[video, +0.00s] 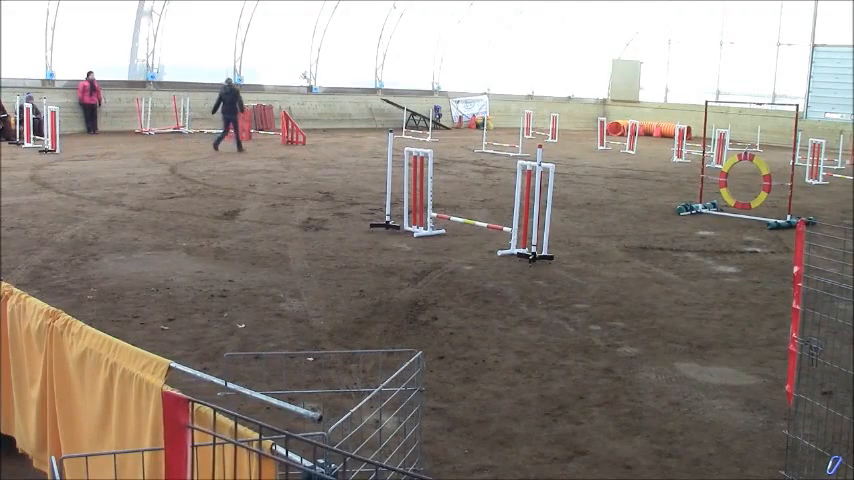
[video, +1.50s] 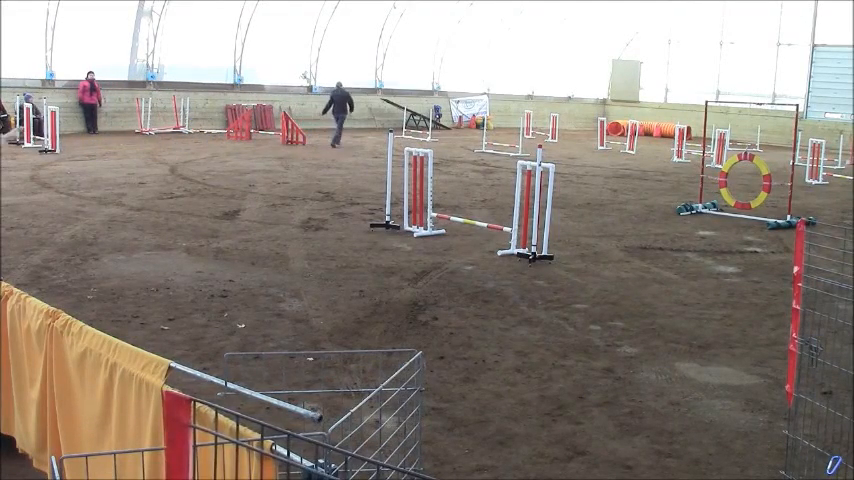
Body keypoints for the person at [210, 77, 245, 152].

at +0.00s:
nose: (229, 84)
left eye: (227, 83)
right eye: (230, 82)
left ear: (225, 83)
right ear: (232, 83)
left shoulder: (223, 90)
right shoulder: (235, 90)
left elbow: (218, 101)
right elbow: (239, 100)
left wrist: (214, 110)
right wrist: (242, 109)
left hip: (225, 113)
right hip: (233, 113)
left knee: (225, 130)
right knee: (236, 130)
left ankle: (216, 143)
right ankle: (239, 146)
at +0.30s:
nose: (246, 86)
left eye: (246, 84)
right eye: (246, 84)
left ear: (248, 84)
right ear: (254, 84)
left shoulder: (246, 92)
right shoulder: (258, 91)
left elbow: (242, 102)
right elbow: (265, 100)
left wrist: (236, 110)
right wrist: (265, 107)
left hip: (249, 111)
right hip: (256, 111)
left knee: (253, 128)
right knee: (253, 128)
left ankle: (257, 143)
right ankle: (245, 144)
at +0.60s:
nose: (268, 86)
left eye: (269, 85)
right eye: (269, 85)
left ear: (269, 85)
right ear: (275, 85)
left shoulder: (268, 92)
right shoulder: (280, 91)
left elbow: (262, 101)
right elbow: (286, 100)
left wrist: (255, 108)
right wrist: (290, 107)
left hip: (270, 112)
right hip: (278, 112)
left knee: (267, 129)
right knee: (281, 129)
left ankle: (262, 144)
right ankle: (282, 145)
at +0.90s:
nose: (290, 87)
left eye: (290, 86)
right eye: (290, 86)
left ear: (291, 86)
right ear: (297, 85)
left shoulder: (291, 92)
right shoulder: (302, 92)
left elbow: (285, 102)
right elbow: (309, 101)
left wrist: (278, 108)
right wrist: (308, 109)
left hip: (292, 111)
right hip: (300, 111)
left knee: (294, 127)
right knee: (294, 127)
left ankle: (296, 141)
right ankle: (287, 141)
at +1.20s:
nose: (318, 86)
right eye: (318, 85)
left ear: (314, 85)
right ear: (319, 85)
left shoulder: (312, 92)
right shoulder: (323, 92)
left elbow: (307, 102)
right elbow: (327, 101)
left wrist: (301, 109)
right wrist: (329, 109)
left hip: (314, 113)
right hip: (321, 113)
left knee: (311, 128)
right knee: (326, 127)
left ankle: (305, 142)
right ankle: (325, 142)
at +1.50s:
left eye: (337, 86)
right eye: (339, 85)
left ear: (336, 86)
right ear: (342, 86)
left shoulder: (334, 93)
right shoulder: (345, 93)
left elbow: (330, 103)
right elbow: (350, 101)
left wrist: (324, 111)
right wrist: (351, 109)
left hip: (335, 111)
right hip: (343, 112)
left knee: (339, 126)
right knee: (339, 127)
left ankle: (338, 140)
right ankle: (333, 141)